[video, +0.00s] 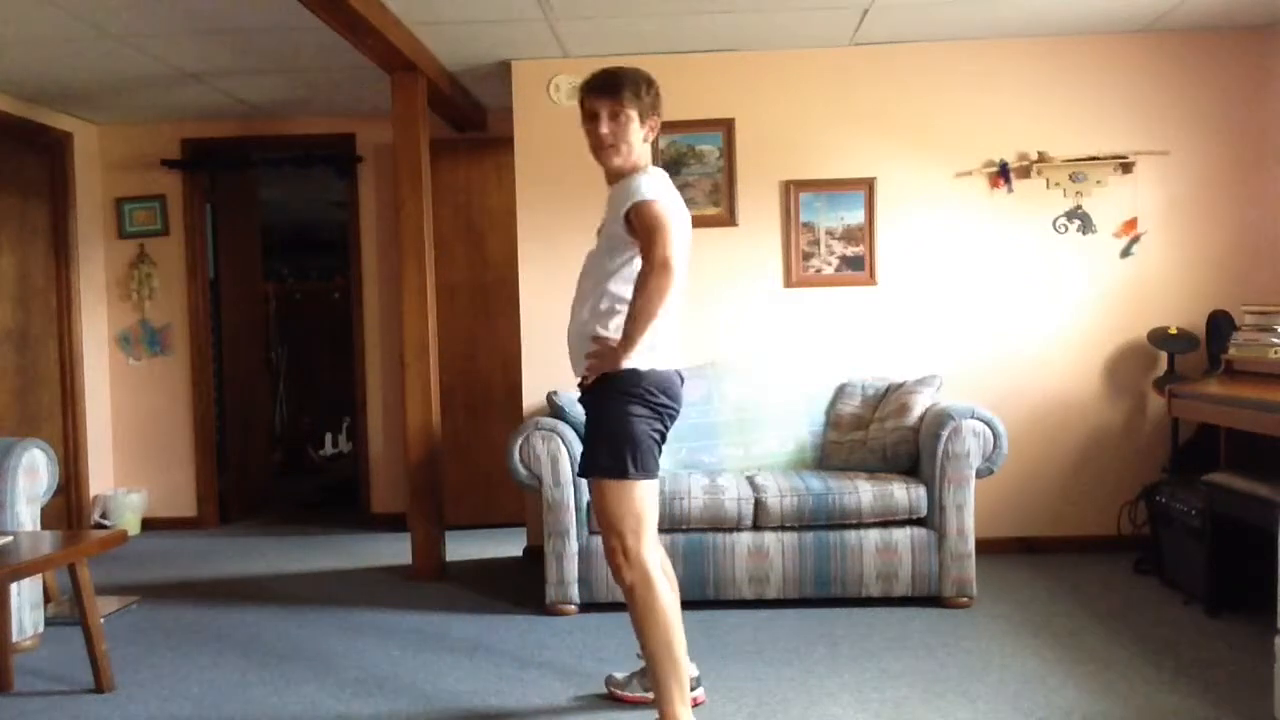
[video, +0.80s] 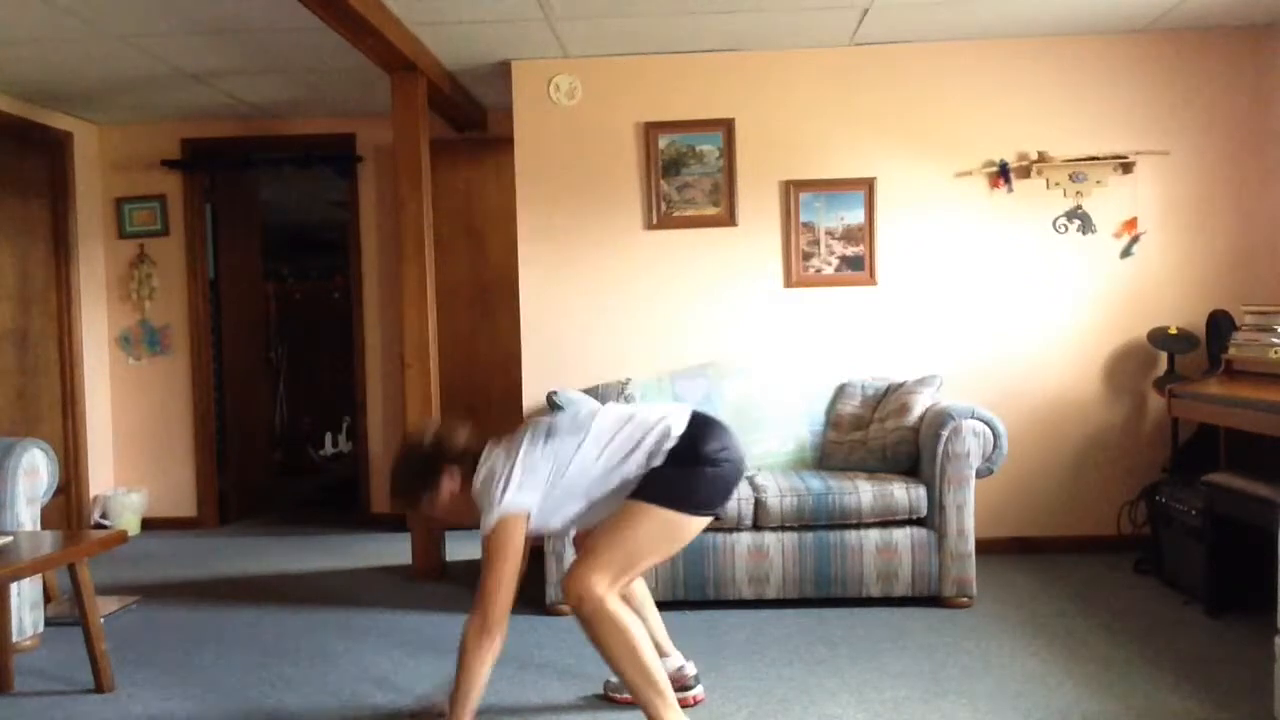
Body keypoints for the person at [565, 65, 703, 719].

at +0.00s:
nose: (603, 128)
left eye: (618, 116)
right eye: (594, 117)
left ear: (649, 127)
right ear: (584, 127)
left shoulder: (644, 188)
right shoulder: (635, 190)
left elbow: (662, 266)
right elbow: (646, 277)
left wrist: (623, 348)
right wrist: (607, 350)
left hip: (629, 383)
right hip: (627, 381)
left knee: (627, 551)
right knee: (635, 543)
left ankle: (673, 705)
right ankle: (673, 670)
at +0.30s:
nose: (529, 150)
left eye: (539, 134)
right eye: (523, 137)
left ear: (575, 129)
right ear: (577, 137)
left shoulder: (589, 188)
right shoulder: (609, 186)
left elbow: (582, 268)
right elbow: (643, 288)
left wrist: (568, 359)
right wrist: (611, 364)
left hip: (651, 382)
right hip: (656, 378)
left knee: (636, 554)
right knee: (646, 545)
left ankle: (676, 704)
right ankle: (674, 670)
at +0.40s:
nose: (471, 217)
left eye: (478, 200)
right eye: (468, 202)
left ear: (515, 190)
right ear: (520, 192)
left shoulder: (542, 235)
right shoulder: (560, 223)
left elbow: (519, 351)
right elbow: (568, 329)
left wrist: (510, 447)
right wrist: (565, 408)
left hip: (681, 393)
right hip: (685, 387)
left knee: (635, 558)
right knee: (649, 548)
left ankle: (675, 708)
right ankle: (674, 672)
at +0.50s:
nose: (447, 282)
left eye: (452, 267)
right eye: (443, 269)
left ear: (488, 251)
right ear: (492, 250)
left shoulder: (526, 294)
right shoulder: (538, 280)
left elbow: (505, 417)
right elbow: (555, 388)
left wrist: (486, 519)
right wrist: (542, 475)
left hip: (701, 400)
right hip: (693, 398)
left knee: (631, 559)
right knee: (642, 549)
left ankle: (676, 711)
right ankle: (675, 672)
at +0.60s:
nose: (440, 392)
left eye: (440, 376)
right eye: (434, 380)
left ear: (467, 357)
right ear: (469, 356)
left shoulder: (517, 388)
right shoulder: (532, 375)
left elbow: (501, 516)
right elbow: (522, 511)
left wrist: (467, 623)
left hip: (708, 428)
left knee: (615, 570)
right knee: (613, 533)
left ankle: (671, 711)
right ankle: (673, 671)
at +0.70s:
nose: (438, 468)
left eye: (434, 455)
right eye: (429, 459)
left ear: (454, 432)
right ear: (458, 422)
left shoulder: (514, 444)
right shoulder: (518, 421)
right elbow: (501, 562)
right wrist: (471, 636)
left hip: (705, 447)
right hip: (703, 435)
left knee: (600, 579)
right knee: (613, 554)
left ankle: (669, 712)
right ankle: (673, 671)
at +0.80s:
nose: (432, 518)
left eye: (427, 506)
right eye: (423, 511)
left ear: (450, 480)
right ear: (453, 473)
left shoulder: (506, 484)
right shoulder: (505, 461)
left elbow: (488, 627)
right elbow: (490, 618)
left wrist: (459, 712)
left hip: (698, 453)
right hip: (697, 443)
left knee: (586, 587)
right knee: (600, 551)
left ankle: (667, 712)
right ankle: (671, 670)